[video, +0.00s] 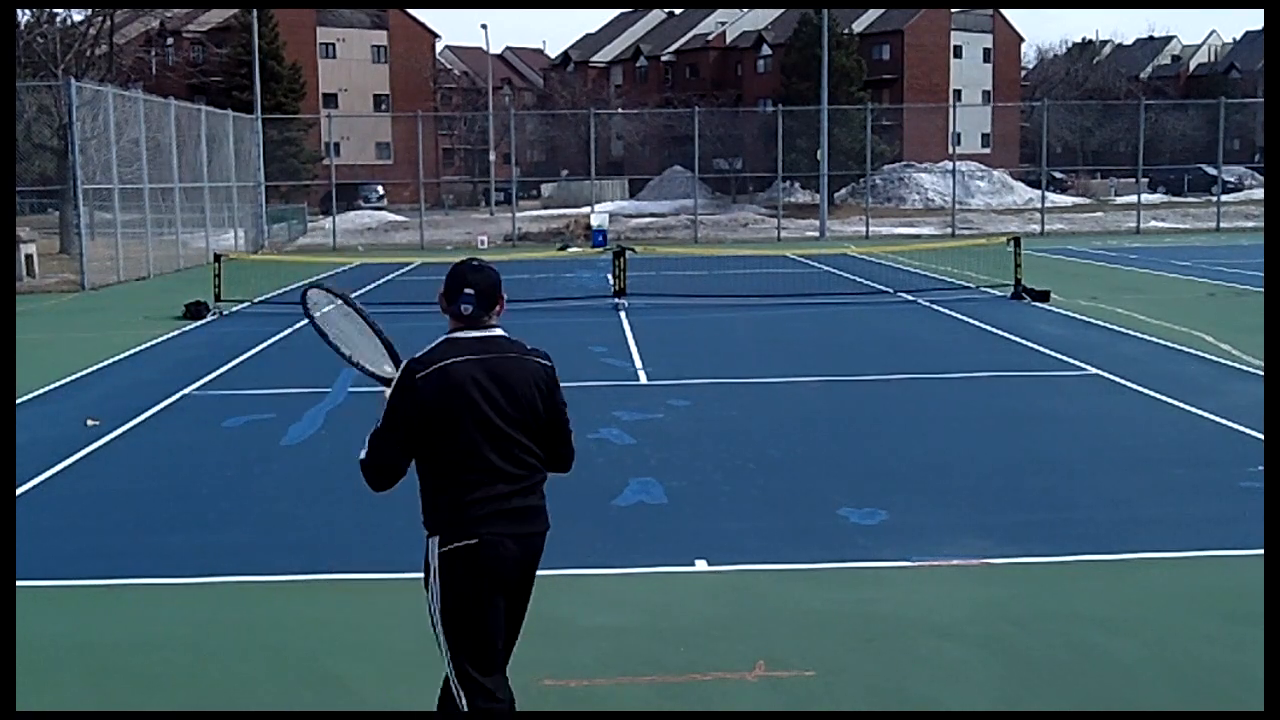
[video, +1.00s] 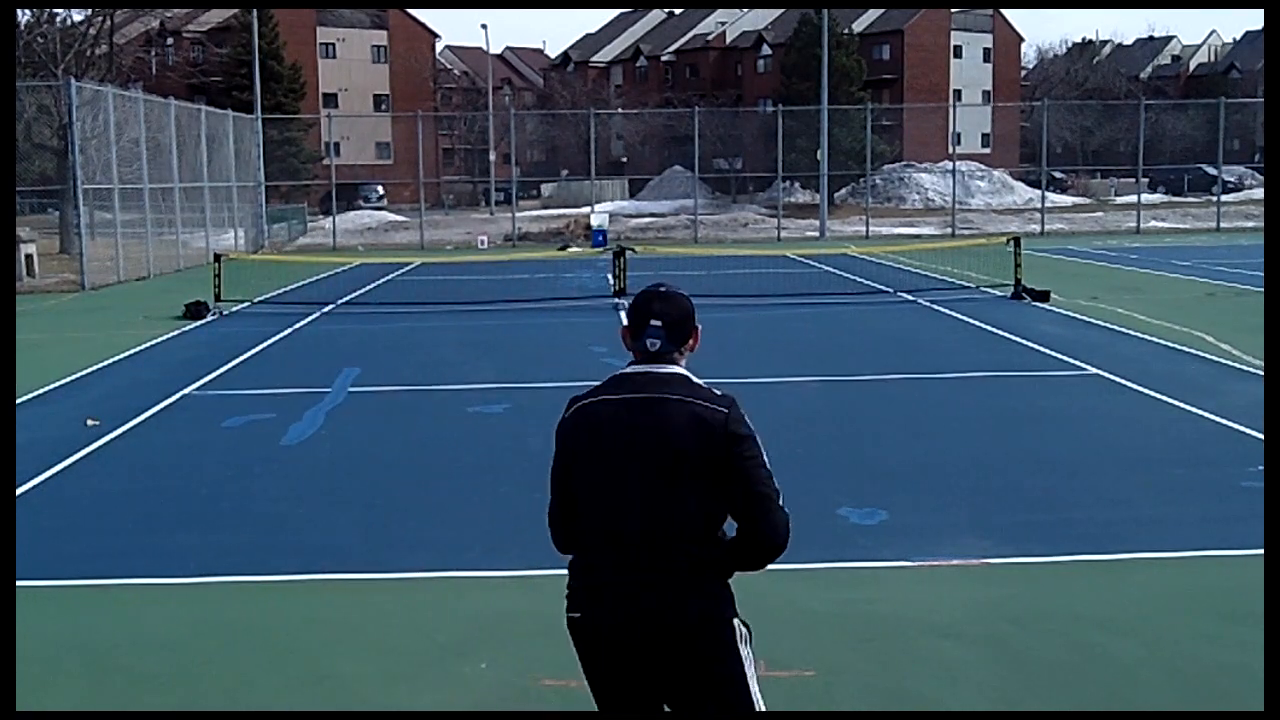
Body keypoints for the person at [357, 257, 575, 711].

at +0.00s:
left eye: (445, 300)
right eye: (497, 300)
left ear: (443, 305)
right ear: (500, 305)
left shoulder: (421, 372)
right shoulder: (534, 364)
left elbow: (379, 474)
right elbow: (560, 457)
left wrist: (396, 406)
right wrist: (504, 424)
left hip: (458, 538)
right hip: (526, 533)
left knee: (477, 678)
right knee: (477, 672)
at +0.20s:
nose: (544, 302)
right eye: (545, 296)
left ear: (485, 302)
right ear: (543, 302)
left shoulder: (455, 369)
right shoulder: (579, 362)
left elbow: (417, 475)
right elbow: (622, 461)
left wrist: (471, 446)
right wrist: (567, 476)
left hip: (490, 547)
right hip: (568, 542)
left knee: (495, 680)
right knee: (557, 666)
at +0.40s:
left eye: (526, 298)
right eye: (591, 301)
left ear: (527, 306)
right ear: (589, 308)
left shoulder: (495, 376)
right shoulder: (623, 373)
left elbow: (458, 483)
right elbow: (666, 477)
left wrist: (515, 468)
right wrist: (611, 499)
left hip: (528, 566)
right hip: (615, 560)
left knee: (525, 697)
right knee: (661, 684)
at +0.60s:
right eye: (653, 296)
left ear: (588, 304)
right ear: (652, 303)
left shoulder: (555, 373)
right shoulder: (691, 369)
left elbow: (518, 485)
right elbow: (732, 480)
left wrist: (574, 491)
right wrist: (677, 505)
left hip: (592, 574)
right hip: (682, 569)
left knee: (575, 699)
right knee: (732, 699)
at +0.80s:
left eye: (625, 327)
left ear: (627, 337)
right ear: (694, 336)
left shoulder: (592, 410)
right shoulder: (734, 406)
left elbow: (563, 527)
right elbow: (784, 516)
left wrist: (624, 549)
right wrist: (729, 551)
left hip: (631, 614)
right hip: (727, 608)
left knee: (611, 707)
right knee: (748, 711)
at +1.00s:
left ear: (625, 336)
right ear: (693, 338)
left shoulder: (581, 411)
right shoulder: (718, 411)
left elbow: (564, 535)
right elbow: (769, 534)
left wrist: (626, 540)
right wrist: (712, 559)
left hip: (604, 622)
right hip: (696, 623)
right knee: (731, 713)